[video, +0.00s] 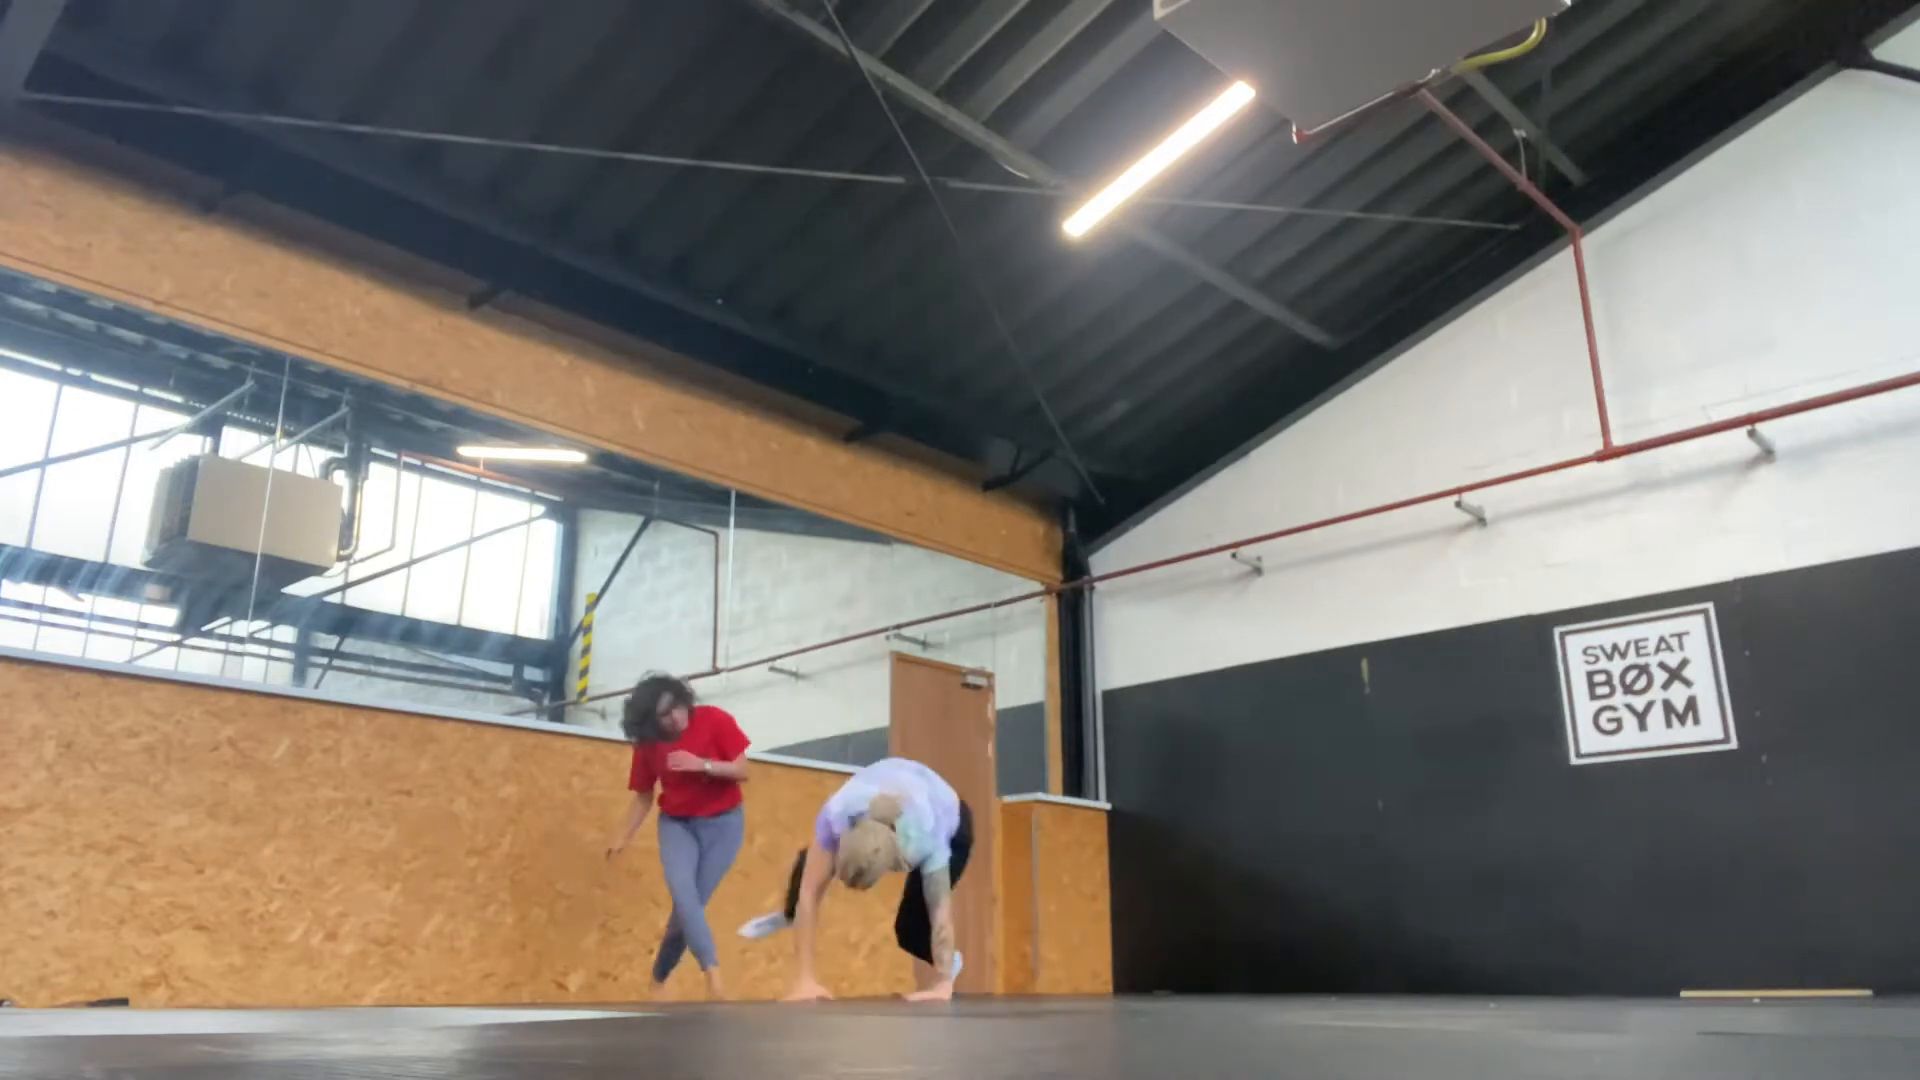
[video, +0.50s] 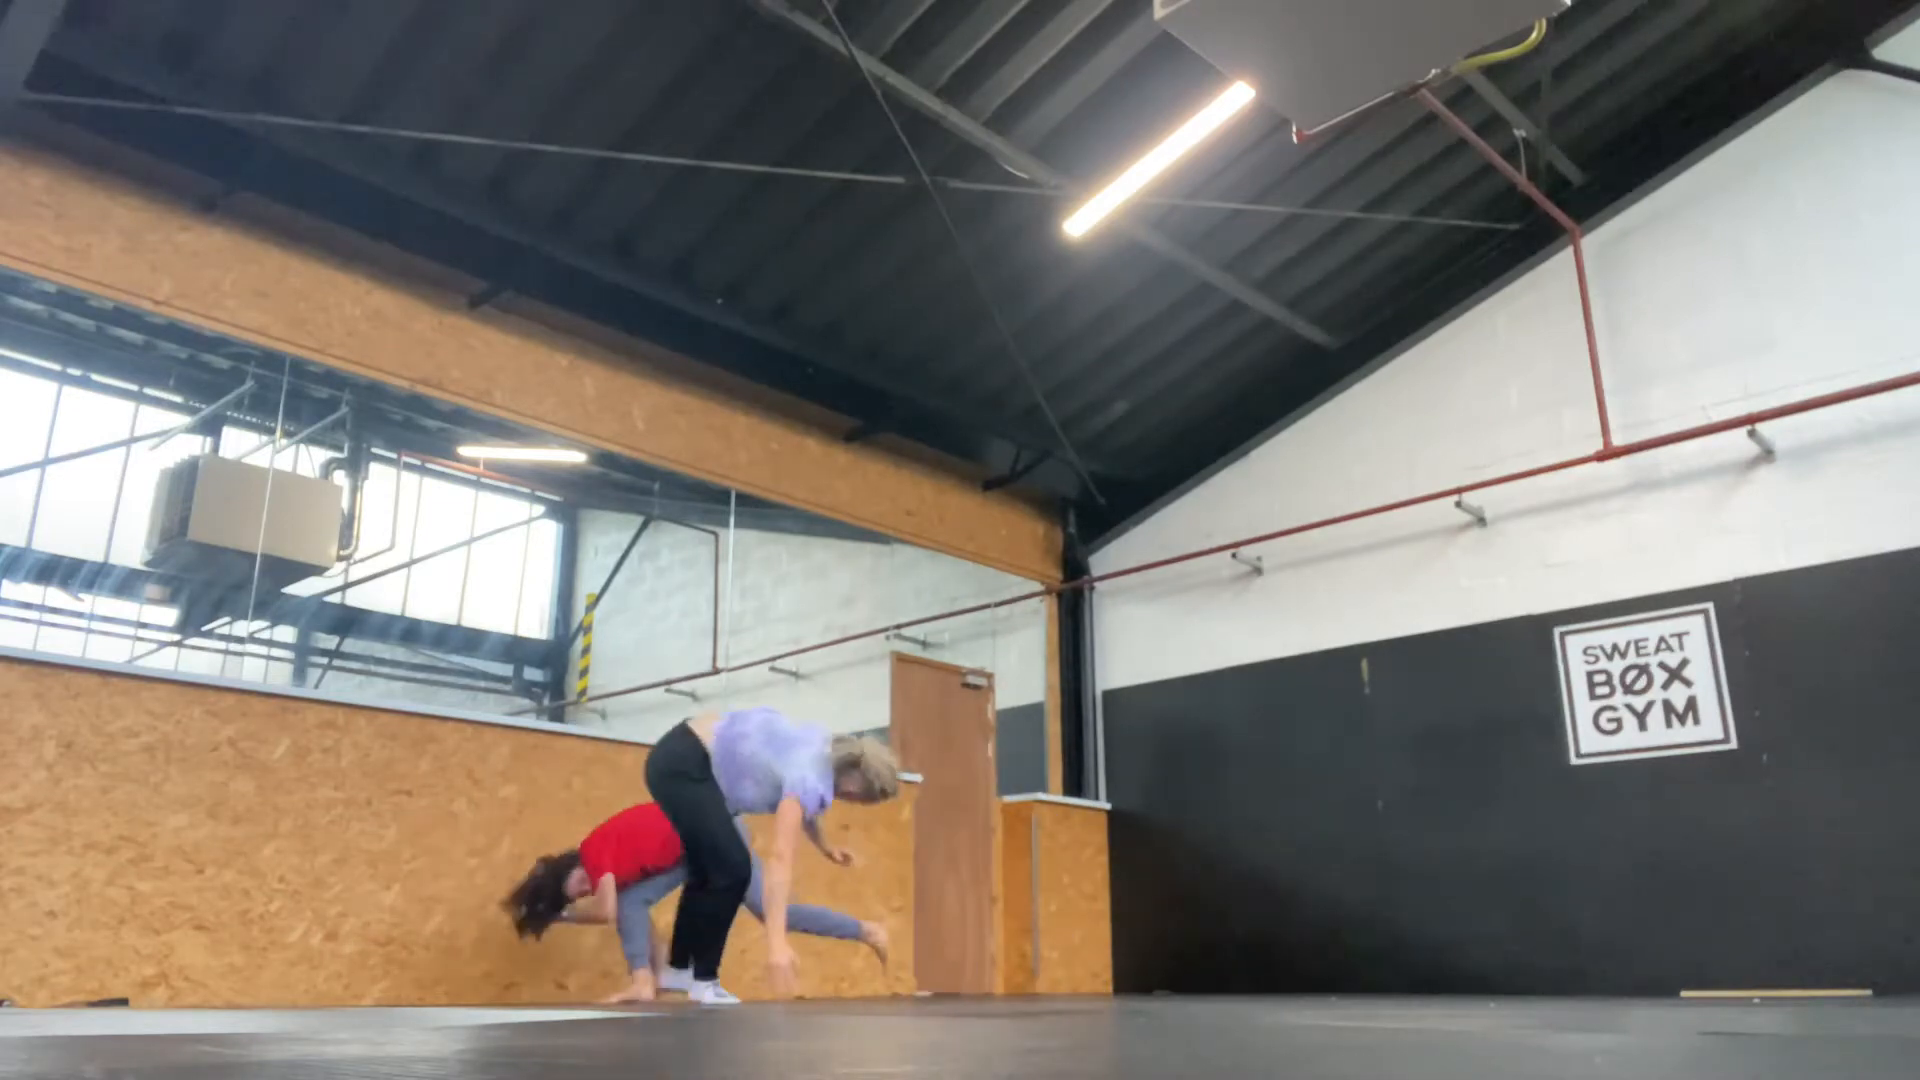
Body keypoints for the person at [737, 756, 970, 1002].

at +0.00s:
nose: (851, 887)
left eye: (862, 883)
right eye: (846, 879)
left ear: (888, 861)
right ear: (842, 846)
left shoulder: (926, 840)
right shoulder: (833, 818)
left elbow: (941, 913)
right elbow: (809, 895)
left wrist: (943, 981)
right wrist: (805, 978)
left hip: (947, 822)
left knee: (912, 929)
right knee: (809, 860)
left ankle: (946, 965)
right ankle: (789, 915)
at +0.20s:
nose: (850, 884)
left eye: (875, 899)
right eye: (853, 880)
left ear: (899, 868)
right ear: (850, 854)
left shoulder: (904, 836)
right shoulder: (820, 826)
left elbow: (920, 910)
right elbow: (798, 903)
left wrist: (940, 979)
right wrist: (801, 985)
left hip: (841, 754)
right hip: (784, 756)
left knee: (881, 884)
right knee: (762, 863)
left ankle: (902, 960)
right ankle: (713, 964)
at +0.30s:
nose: (856, 881)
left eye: (867, 883)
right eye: (857, 877)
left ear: (886, 845)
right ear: (848, 848)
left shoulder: (886, 819)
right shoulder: (811, 825)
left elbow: (901, 885)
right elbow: (792, 909)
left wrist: (913, 942)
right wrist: (801, 986)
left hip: (786, 757)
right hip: (736, 764)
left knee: (811, 878)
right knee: (755, 878)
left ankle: (838, 958)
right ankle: (711, 978)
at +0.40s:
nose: (858, 855)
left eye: (868, 853)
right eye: (859, 850)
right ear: (847, 831)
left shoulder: (861, 785)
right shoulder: (806, 808)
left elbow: (875, 842)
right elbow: (795, 899)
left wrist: (880, 890)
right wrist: (798, 983)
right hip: (701, 767)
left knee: (752, 876)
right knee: (738, 877)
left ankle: (758, 969)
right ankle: (709, 983)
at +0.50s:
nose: (852, 800)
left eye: (860, 799)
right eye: (859, 795)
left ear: (852, 763)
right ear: (854, 776)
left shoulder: (818, 754)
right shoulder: (806, 773)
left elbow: (806, 814)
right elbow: (780, 858)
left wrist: (825, 849)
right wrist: (778, 944)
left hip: (683, 758)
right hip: (681, 765)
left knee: (708, 868)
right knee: (733, 869)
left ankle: (678, 971)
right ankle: (703, 982)